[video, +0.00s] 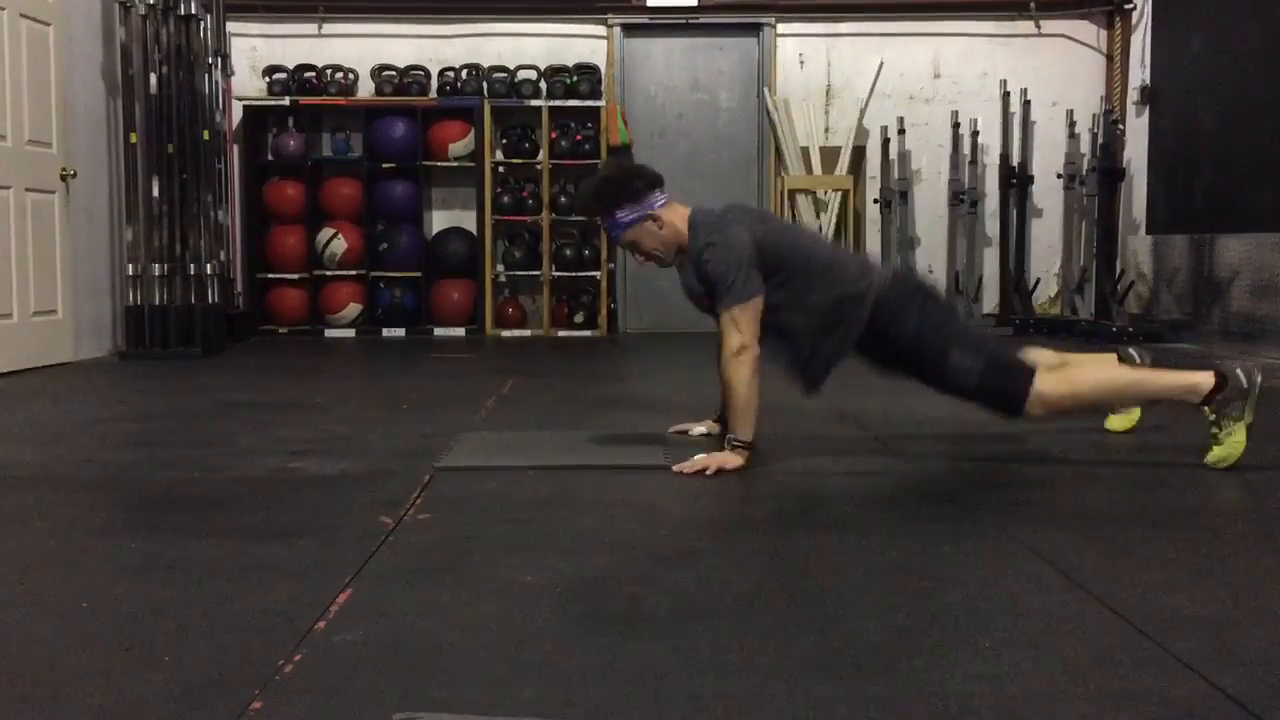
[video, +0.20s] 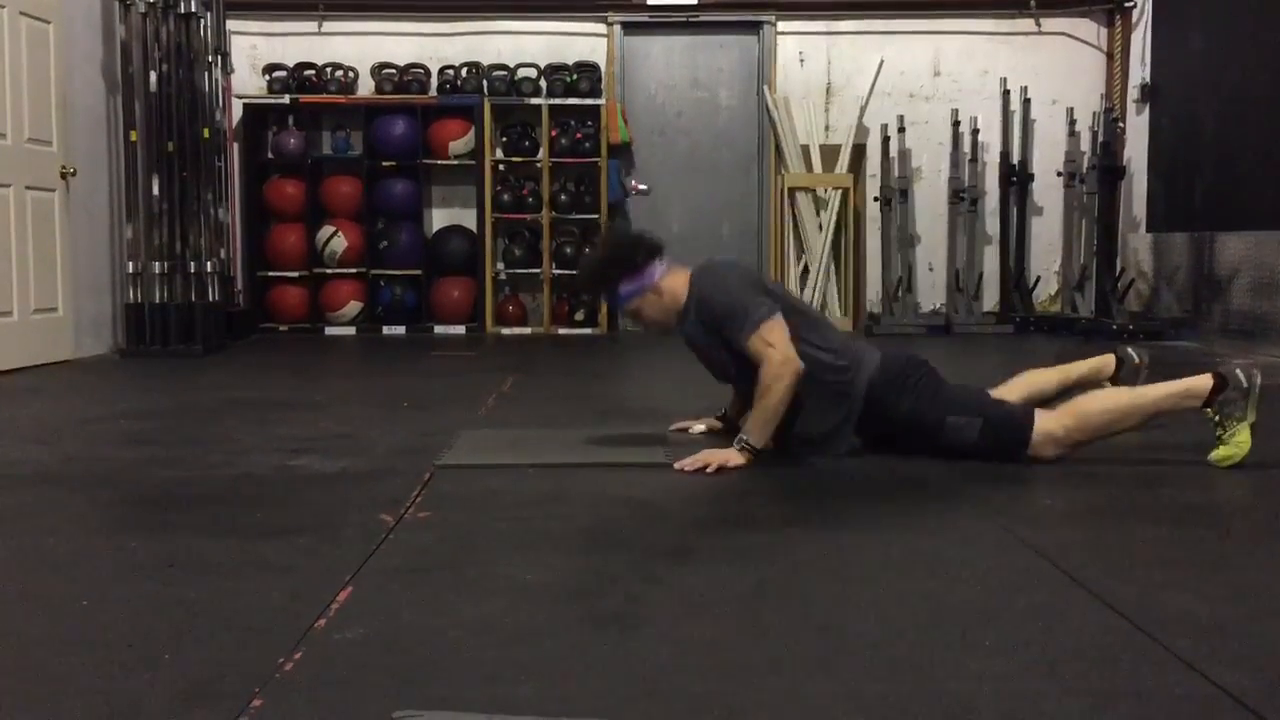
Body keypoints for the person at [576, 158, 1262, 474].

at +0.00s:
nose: (637, 255)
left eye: (633, 240)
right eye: (628, 246)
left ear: (657, 215)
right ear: (650, 224)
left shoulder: (722, 238)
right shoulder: (700, 249)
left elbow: (743, 347)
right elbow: (734, 342)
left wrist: (738, 447)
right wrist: (729, 422)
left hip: (889, 309)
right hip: (879, 310)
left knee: (1032, 393)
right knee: (1022, 366)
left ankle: (1213, 388)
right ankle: (1173, 377)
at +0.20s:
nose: (634, 319)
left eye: (630, 307)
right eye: (626, 310)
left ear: (652, 282)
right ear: (651, 281)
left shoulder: (718, 294)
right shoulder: (698, 300)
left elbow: (782, 363)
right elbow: (755, 368)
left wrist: (744, 448)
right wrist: (732, 430)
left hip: (888, 396)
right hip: (874, 392)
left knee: (1048, 437)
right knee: (1000, 404)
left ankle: (1210, 387)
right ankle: (1110, 360)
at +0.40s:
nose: (610, 406)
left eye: (605, 394)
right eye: (601, 398)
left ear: (620, 370)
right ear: (622, 361)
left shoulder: (685, 365)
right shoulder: (677, 364)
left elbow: (782, 368)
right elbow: (763, 375)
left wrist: (742, 445)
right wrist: (723, 435)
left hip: (884, 406)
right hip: (876, 389)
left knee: (1048, 431)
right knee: (1008, 406)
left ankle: (1203, 378)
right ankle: (1111, 350)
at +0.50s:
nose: (603, 419)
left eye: (597, 407)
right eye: (595, 410)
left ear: (616, 384)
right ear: (620, 373)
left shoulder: (672, 379)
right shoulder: (672, 376)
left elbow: (772, 361)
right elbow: (755, 359)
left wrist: (743, 443)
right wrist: (719, 432)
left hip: (875, 406)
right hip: (869, 386)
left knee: (1042, 431)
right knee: (1002, 404)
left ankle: (1199, 378)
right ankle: (1116, 347)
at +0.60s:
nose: (600, 390)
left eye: (597, 378)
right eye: (595, 380)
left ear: (613, 360)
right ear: (621, 345)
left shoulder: (673, 364)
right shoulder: (673, 355)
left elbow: (769, 359)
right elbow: (760, 352)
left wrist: (739, 441)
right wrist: (727, 425)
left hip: (872, 405)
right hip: (868, 389)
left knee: (1037, 432)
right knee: (1002, 406)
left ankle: (1197, 374)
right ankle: (1117, 346)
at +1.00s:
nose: (623, 272)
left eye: (615, 259)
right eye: (613, 264)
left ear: (632, 229)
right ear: (632, 232)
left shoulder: (710, 235)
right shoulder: (694, 246)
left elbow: (736, 338)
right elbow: (729, 338)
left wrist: (738, 439)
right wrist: (726, 417)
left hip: (883, 294)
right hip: (875, 303)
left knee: (1020, 357)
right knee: (1006, 349)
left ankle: (1197, 376)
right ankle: (1135, 360)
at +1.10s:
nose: (617, 287)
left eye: (609, 276)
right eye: (606, 283)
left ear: (622, 243)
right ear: (622, 249)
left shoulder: (683, 232)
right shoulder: (677, 240)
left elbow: (715, 338)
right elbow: (715, 336)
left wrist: (735, 435)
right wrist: (719, 411)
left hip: (870, 219)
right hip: (863, 253)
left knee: (987, 320)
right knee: (979, 324)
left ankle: (1148, 359)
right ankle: (1101, 357)